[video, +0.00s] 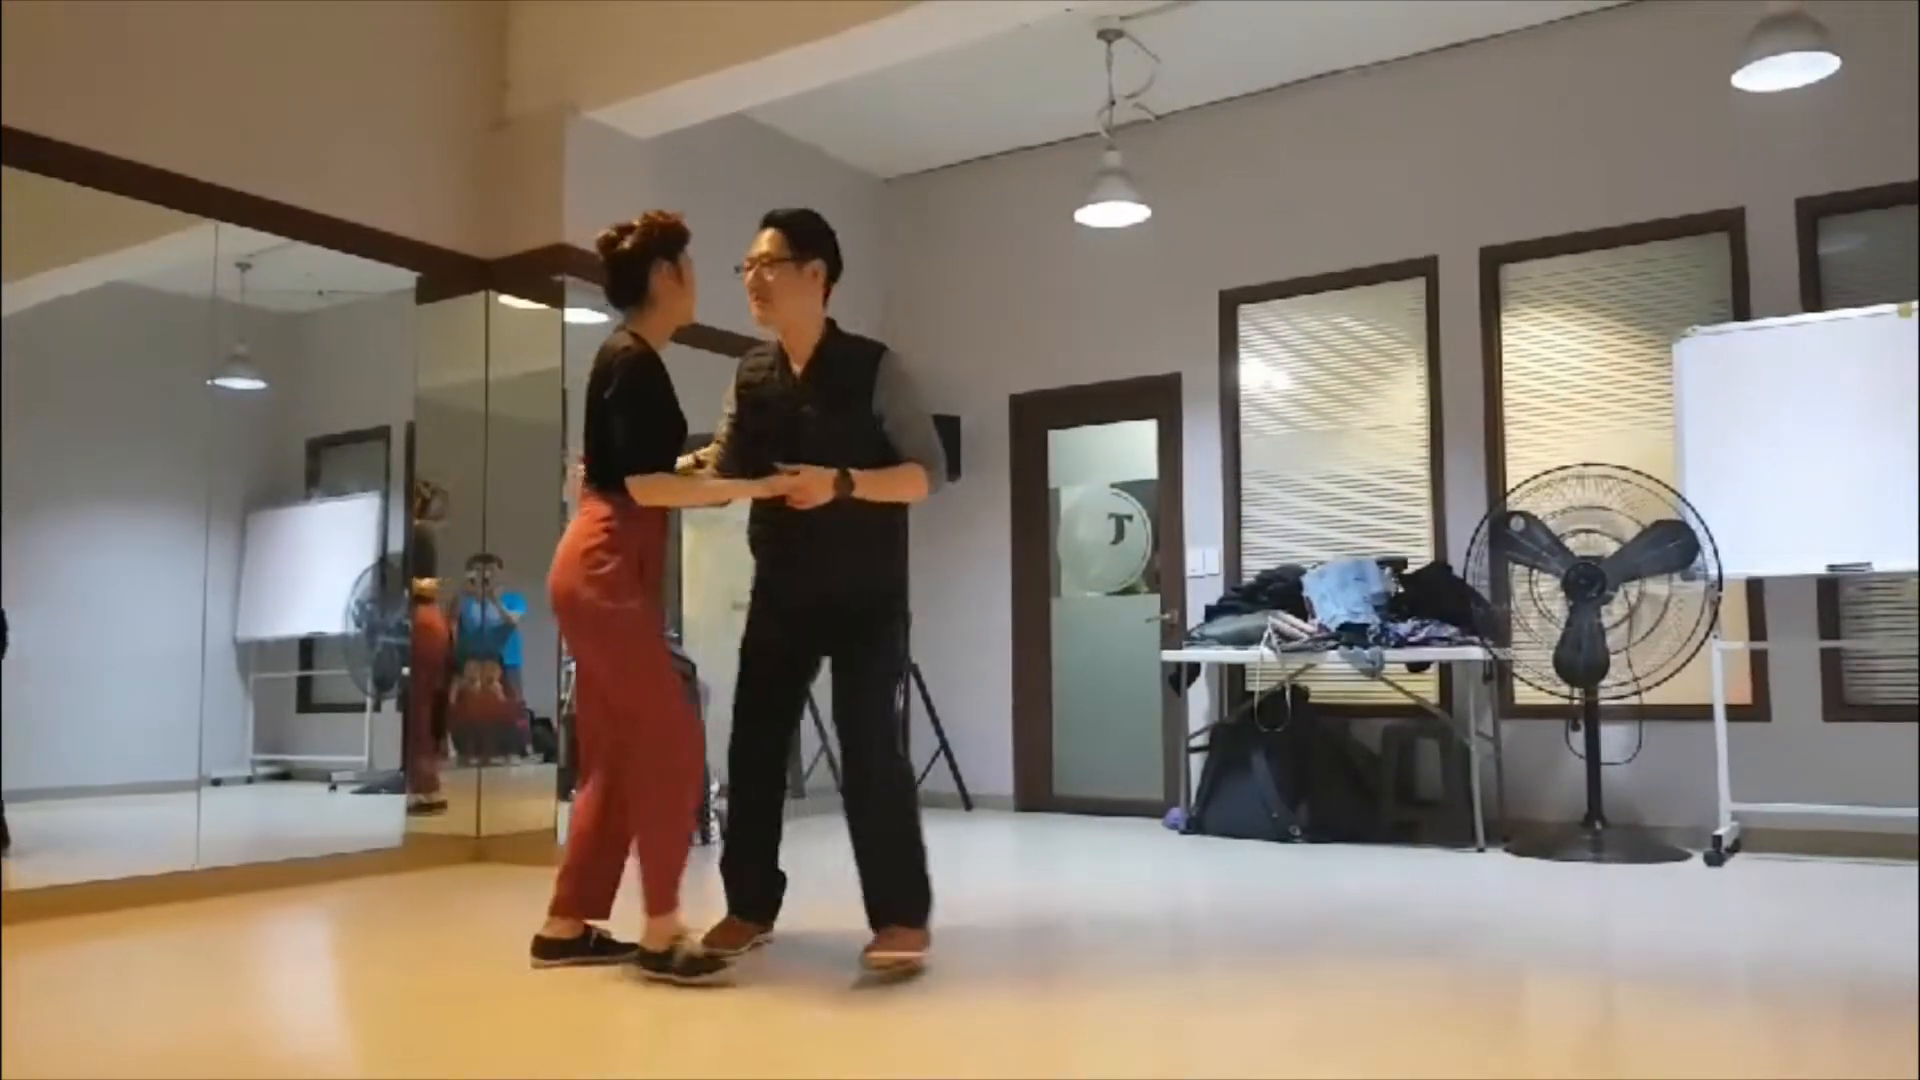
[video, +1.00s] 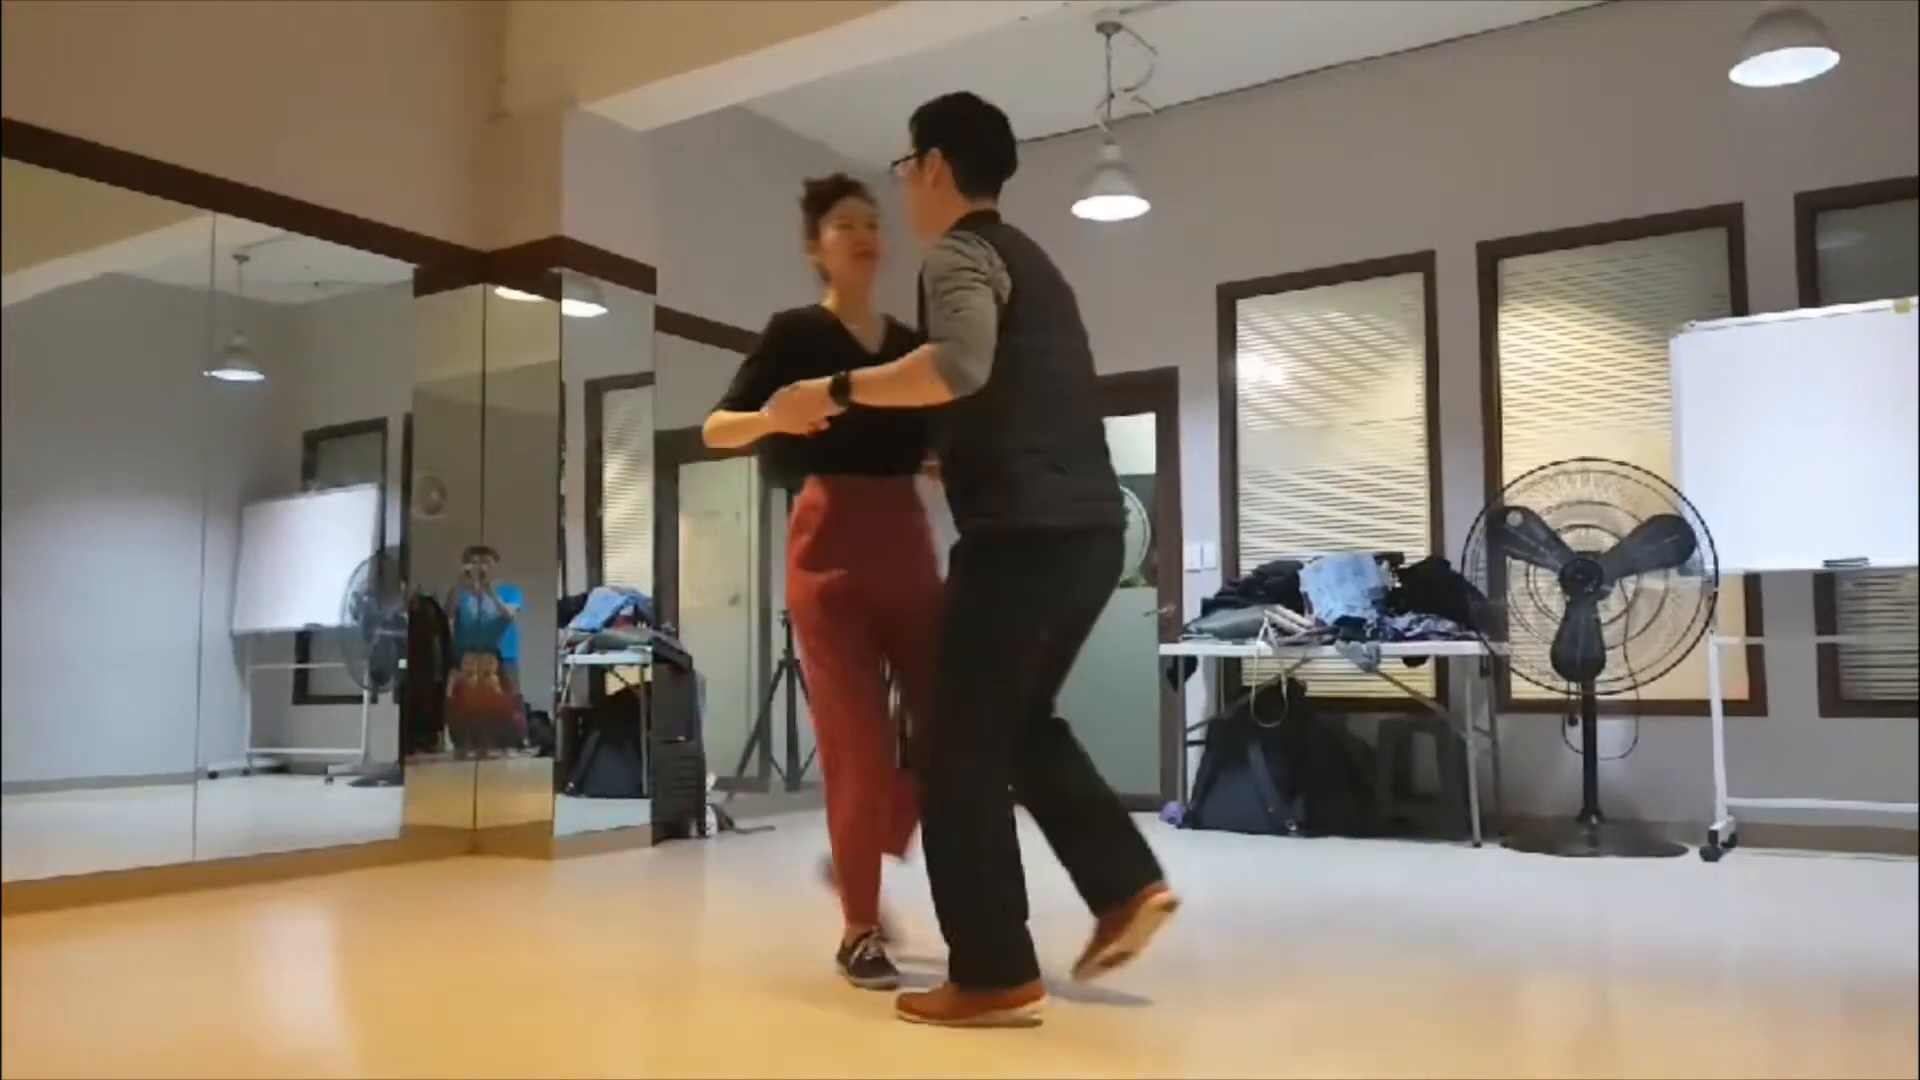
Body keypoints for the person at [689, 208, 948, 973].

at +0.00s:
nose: (750, 277)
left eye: (767, 264)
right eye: (748, 266)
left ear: (818, 275)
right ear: (757, 282)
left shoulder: (876, 368)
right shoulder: (754, 371)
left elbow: (926, 474)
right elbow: (726, 472)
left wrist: (842, 481)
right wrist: (645, 475)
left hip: (867, 595)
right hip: (782, 594)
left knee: (870, 754)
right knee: (754, 752)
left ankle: (901, 922)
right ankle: (749, 910)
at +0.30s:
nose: (807, 253)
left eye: (821, 238)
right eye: (807, 241)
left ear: (874, 243)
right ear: (840, 252)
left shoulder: (944, 331)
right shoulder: (835, 359)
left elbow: (1011, 437)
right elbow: (769, 452)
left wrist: (902, 457)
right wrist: (687, 474)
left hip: (960, 574)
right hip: (886, 574)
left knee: (925, 741)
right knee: (840, 730)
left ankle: (928, 936)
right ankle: (874, 897)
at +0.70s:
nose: (860, 242)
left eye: (873, 225)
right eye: (863, 227)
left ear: (921, 234)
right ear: (909, 238)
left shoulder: (988, 322)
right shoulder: (905, 358)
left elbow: (1059, 431)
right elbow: (841, 458)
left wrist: (939, 460)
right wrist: (763, 478)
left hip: (1016, 582)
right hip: (970, 585)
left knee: (918, 747)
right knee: (931, 745)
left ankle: (998, 964)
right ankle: (968, 927)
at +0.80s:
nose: (864, 218)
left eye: (874, 200)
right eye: (868, 203)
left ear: (915, 206)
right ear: (920, 210)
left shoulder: (970, 290)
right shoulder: (937, 308)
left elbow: (1033, 400)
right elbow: (952, 420)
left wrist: (908, 432)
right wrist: (881, 453)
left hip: (1021, 565)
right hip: (990, 565)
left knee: (941, 744)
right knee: (942, 738)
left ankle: (1002, 970)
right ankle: (977, 915)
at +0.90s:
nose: (886, 194)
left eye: (891, 177)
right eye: (889, 178)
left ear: (923, 176)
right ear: (969, 182)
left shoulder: (956, 259)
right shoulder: (1007, 266)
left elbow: (980, 363)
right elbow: (1009, 406)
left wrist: (851, 397)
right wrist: (907, 460)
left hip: (1019, 538)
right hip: (1066, 531)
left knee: (956, 740)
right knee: (1001, 719)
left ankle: (995, 970)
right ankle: (1086, 895)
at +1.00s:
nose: (903, 184)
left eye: (908, 167)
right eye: (906, 168)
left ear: (938, 167)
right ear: (991, 173)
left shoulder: (962, 252)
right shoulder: (1031, 260)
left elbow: (961, 366)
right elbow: (1038, 398)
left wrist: (839, 389)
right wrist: (944, 455)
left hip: (1023, 533)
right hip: (1087, 526)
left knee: (961, 743)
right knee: (1017, 720)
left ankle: (993, 974)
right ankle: (1128, 887)